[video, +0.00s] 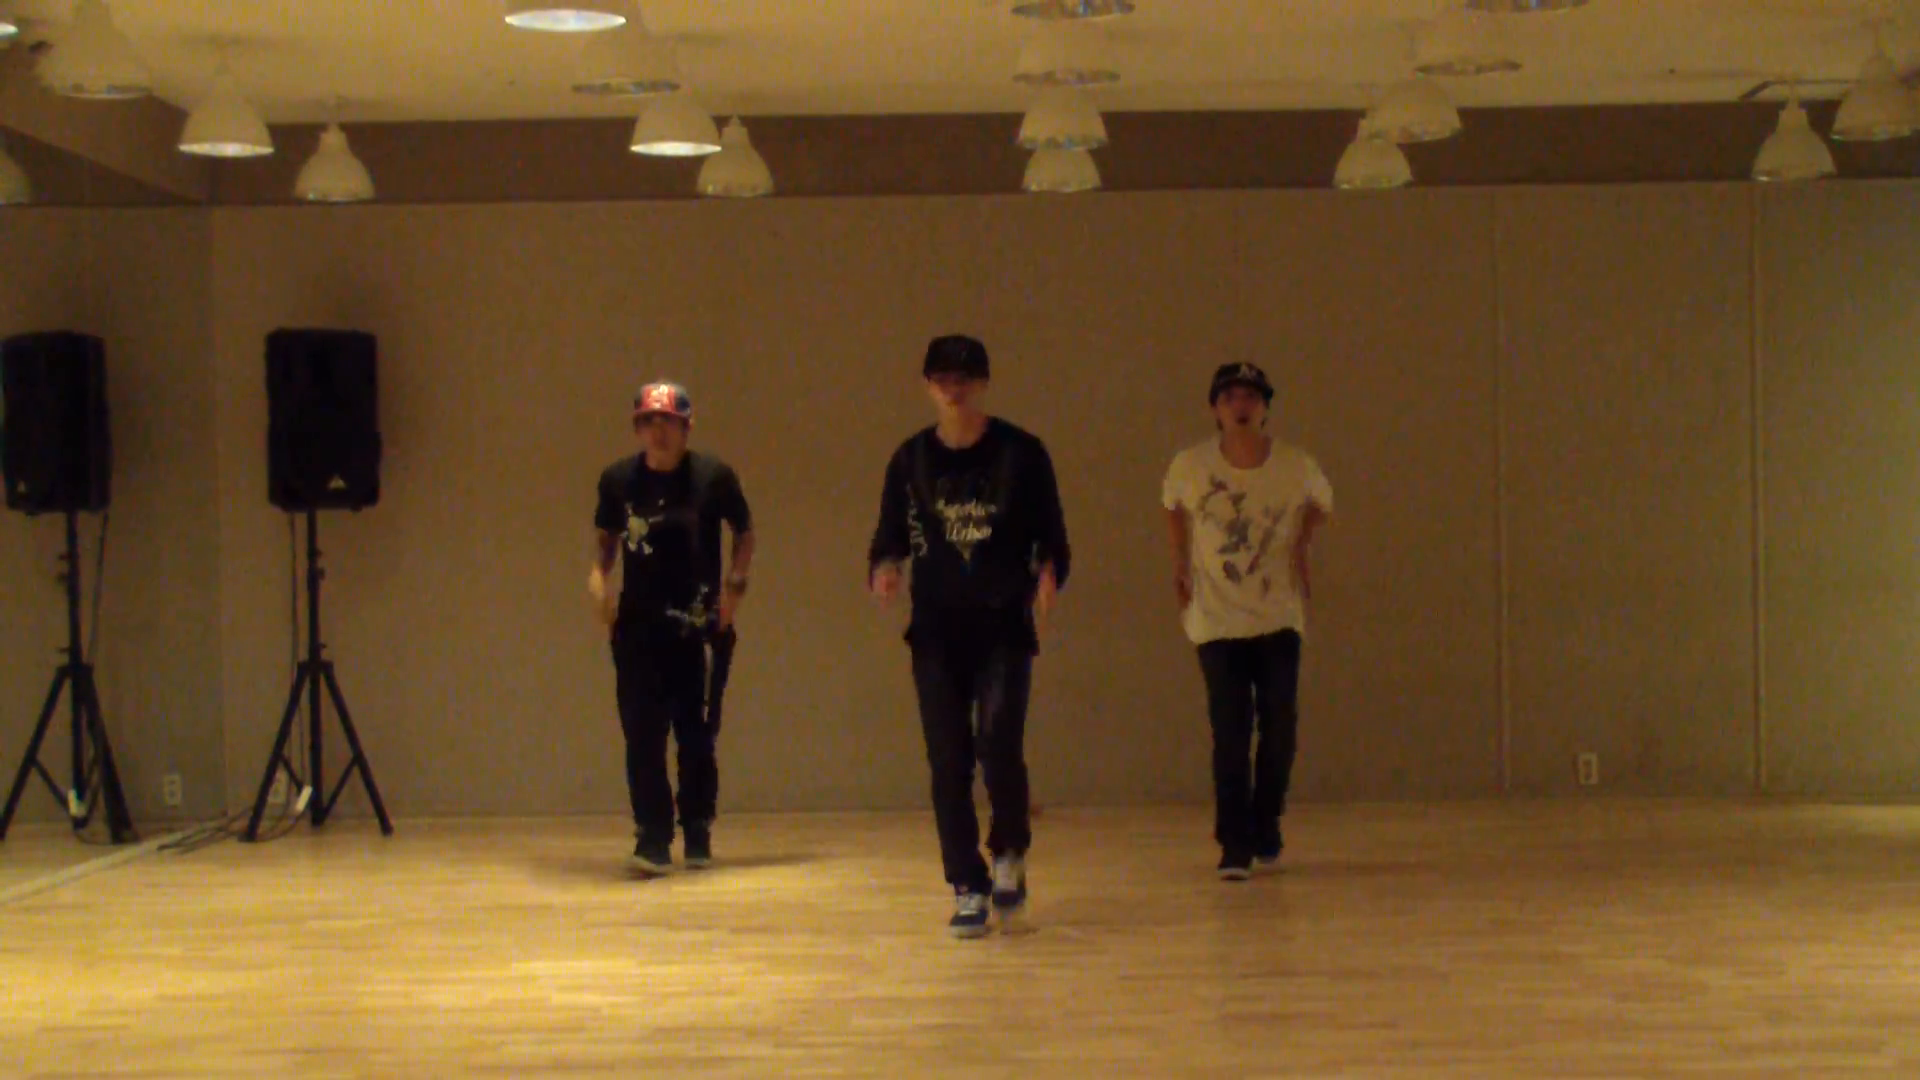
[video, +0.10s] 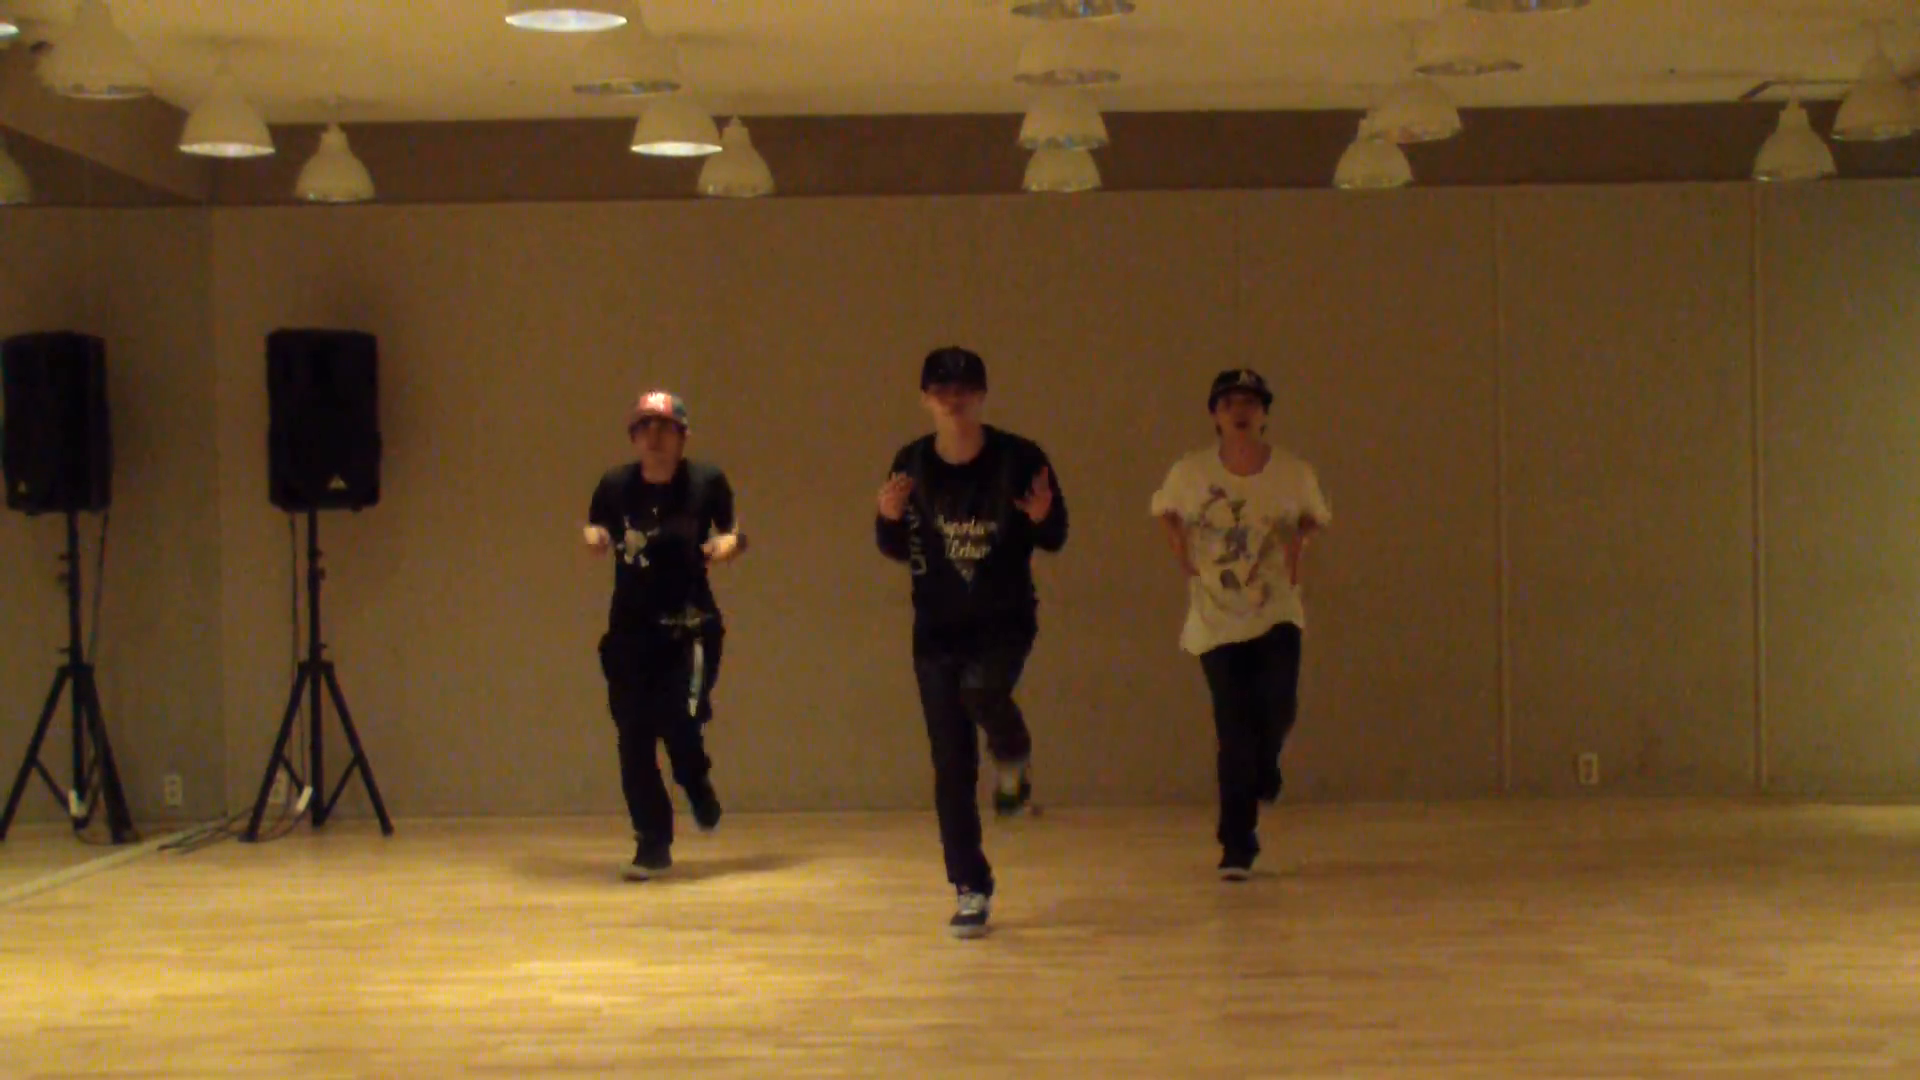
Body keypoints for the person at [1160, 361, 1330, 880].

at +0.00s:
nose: (1240, 404)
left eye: (1249, 396)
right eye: (1229, 396)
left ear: (1265, 406)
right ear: (1215, 408)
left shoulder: (1295, 464)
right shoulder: (1190, 466)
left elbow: (1319, 508)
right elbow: (1176, 519)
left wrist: (1299, 550)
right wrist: (1181, 572)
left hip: (1278, 617)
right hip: (1217, 619)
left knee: (1279, 729)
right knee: (1231, 732)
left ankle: (1266, 831)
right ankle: (1234, 844)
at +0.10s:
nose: (1240, 412)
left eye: (1249, 404)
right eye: (1230, 405)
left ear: (1264, 412)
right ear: (1215, 414)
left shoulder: (1291, 470)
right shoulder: (1191, 470)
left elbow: (1314, 516)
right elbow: (1165, 509)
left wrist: (1294, 551)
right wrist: (1183, 552)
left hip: (1277, 614)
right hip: (1217, 618)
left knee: (1278, 711)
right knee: (1235, 732)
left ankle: (1265, 767)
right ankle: (1237, 845)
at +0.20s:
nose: (1238, 412)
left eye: (1248, 403)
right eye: (1228, 403)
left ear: (1262, 410)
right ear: (1212, 412)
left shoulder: (1290, 471)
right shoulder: (1188, 475)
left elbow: (1317, 552)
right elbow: (1157, 547)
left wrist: (1297, 537)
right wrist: (1175, 537)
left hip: (1276, 609)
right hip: (1217, 617)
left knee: (1273, 698)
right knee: (1235, 731)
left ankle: (1277, 783)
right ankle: (1237, 849)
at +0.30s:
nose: (1231, 413)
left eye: (1240, 404)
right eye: (1221, 405)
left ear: (1257, 412)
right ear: (1207, 414)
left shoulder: (1283, 470)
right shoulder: (1188, 480)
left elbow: (1300, 525)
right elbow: (1170, 536)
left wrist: (1288, 557)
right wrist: (1198, 551)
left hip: (1276, 619)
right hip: (1219, 627)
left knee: (1282, 734)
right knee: (1241, 744)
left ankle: (1283, 843)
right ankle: (1238, 850)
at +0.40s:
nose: (1231, 433)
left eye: (1239, 424)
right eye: (1220, 424)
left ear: (1254, 434)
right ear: (1204, 434)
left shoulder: (1282, 489)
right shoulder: (1187, 498)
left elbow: (1287, 533)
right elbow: (1189, 540)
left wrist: (1275, 560)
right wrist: (1224, 566)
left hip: (1282, 636)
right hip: (1223, 645)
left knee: (1282, 730)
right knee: (1241, 753)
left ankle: (1287, 821)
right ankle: (1242, 849)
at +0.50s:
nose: (1233, 443)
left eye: (1242, 434)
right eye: (1222, 434)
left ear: (1256, 443)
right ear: (1205, 447)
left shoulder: (1286, 502)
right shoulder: (1191, 507)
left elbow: (1321, 525)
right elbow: (1169, 538)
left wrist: (1355, 526)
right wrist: (1148, 539)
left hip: (1283, 641)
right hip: (1223, 651)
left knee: (1287, 727)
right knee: (1237, 758)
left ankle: (1287, 811)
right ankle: (1244, 849)